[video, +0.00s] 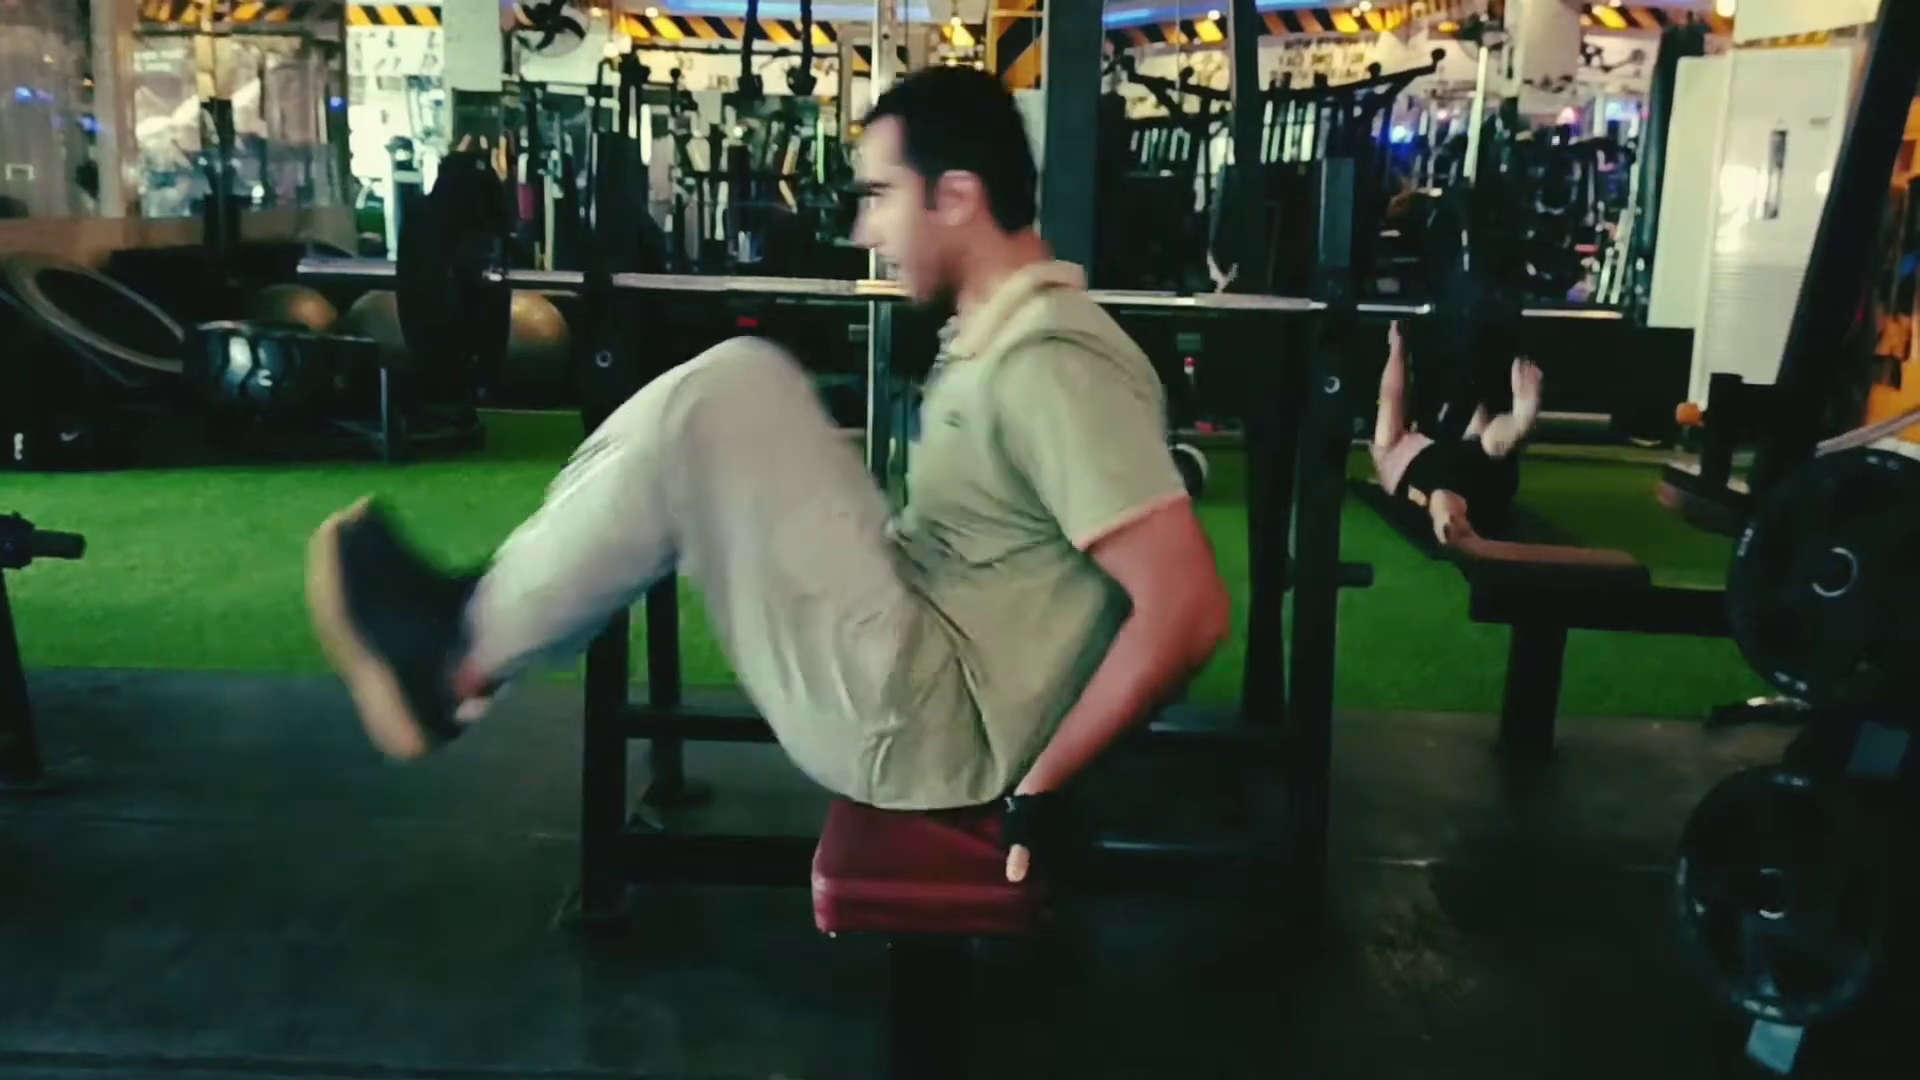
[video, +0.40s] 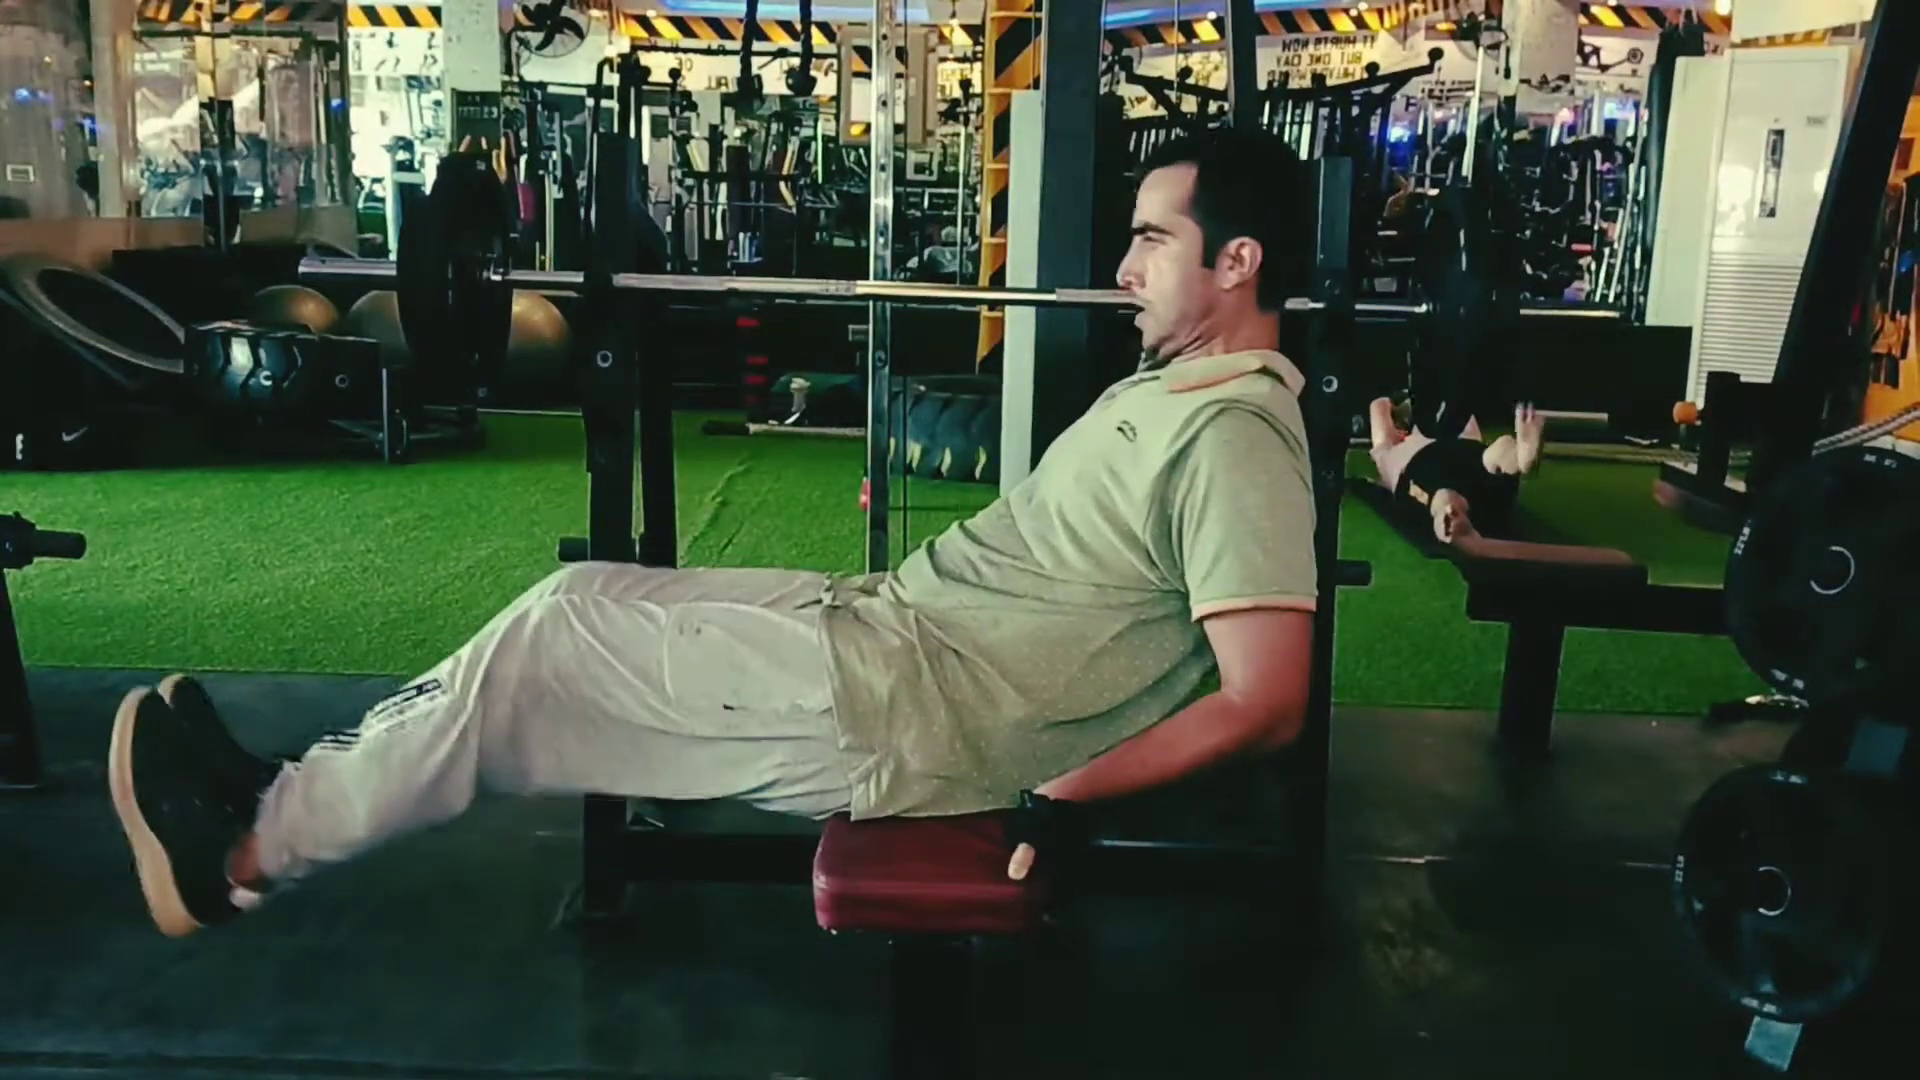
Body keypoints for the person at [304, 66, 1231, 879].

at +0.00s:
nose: (862, 232)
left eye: (876, 198)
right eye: (862, 201)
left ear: (958, 199)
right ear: (959, 200)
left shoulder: (1050, 354)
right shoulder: (1002, 337)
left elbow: (1184, 609)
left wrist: (1029, 790)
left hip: (936, 728)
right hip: (911, 698)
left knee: (734, 389)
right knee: (719, 389)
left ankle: (460, 665)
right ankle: (463, 637)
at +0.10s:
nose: (946, 232)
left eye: (963, 201)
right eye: (948, 204)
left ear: (1056, 207)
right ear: (1048, 210)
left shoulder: (1114, 373)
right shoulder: (1062, 347)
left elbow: (1221, 635)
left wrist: (1035, 785)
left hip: (934, 723)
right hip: (907, 661)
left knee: (633, 463)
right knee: (653, 436)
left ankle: (360, 738)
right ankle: (383, 699)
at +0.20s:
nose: (1044, 254)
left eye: (1063, 224)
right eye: (1044, 225)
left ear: (1150, 235)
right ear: (1132, 236)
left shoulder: (1179, 406)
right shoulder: (1126, 368)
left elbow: (1253, 670)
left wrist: (1058, 788)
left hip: (924, 706)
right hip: (896, 640)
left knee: (568, 552)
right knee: (578, 534)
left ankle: (262, 798)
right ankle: (292, 752)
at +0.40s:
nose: (1126, 267)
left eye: (1151, 241)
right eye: (1131, 241)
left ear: (1239, 264)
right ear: (1224, 269)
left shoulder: (1236, 416)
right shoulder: (1187, 393)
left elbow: (1267, 697)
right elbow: (1198, 644)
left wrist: (1058, 793)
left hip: (923, 702)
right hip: (891, 628)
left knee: (546, 657)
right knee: (574, 597)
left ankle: (235, 863)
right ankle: (284, 810)